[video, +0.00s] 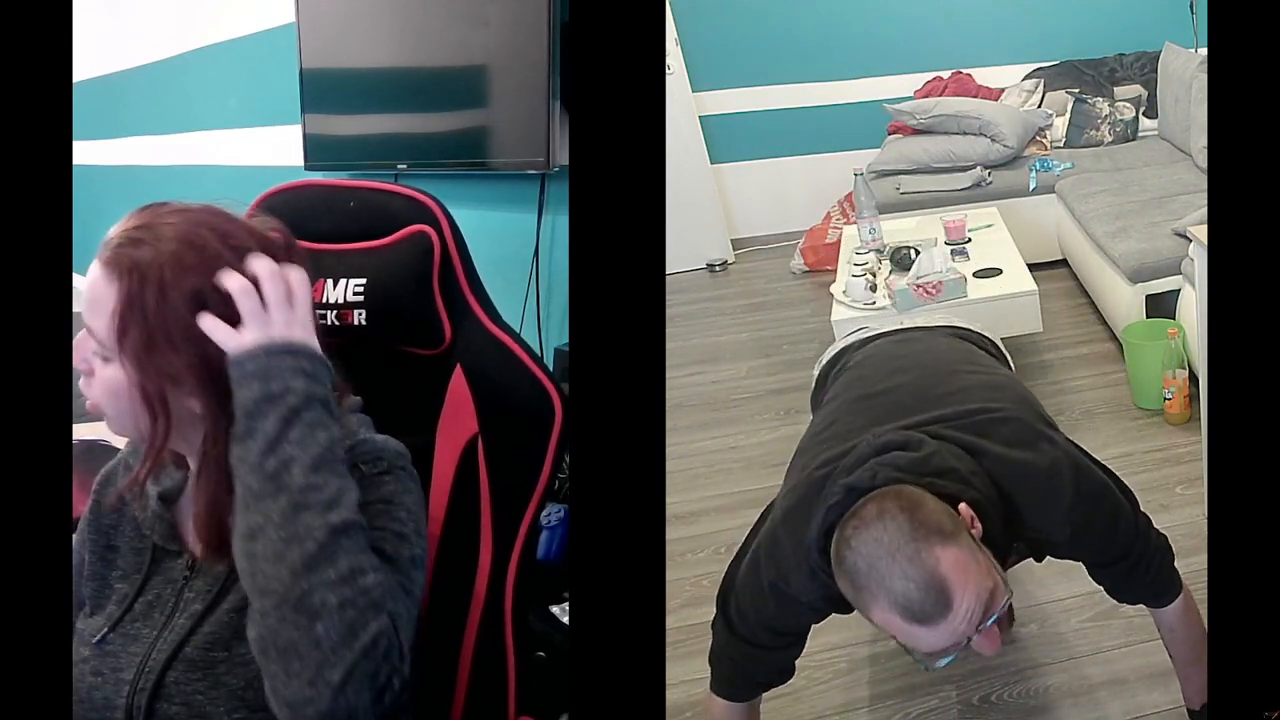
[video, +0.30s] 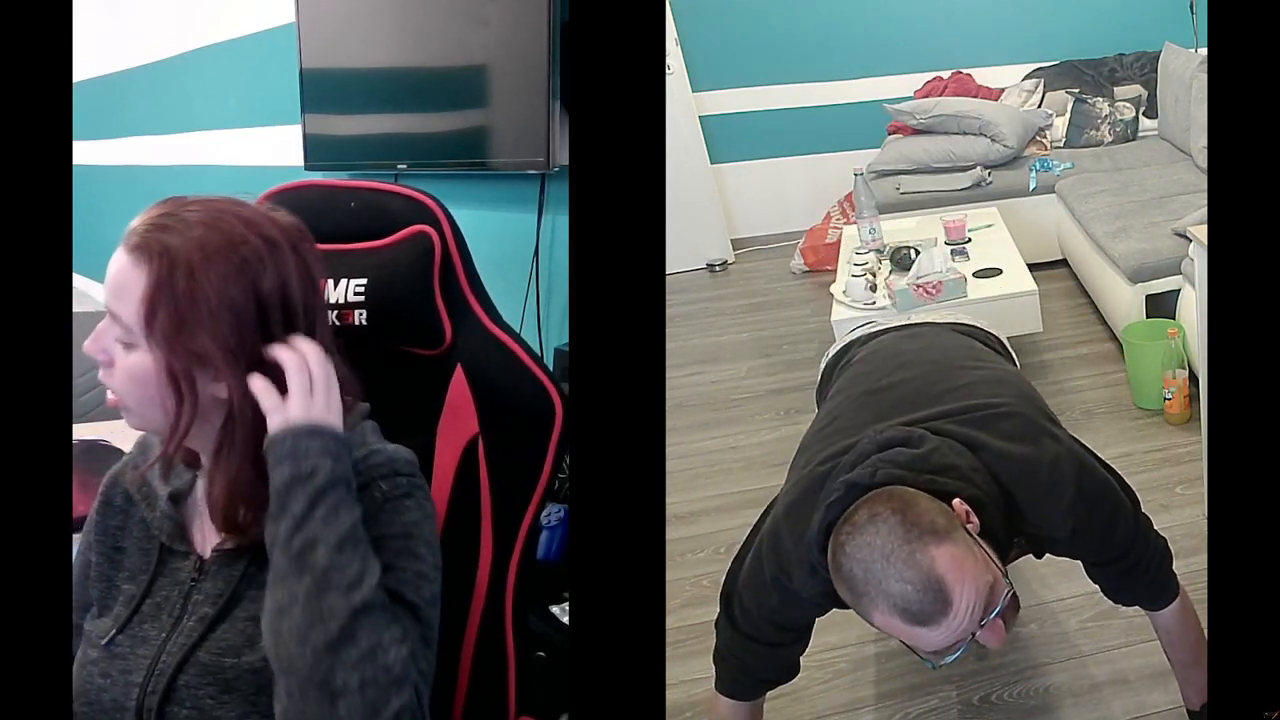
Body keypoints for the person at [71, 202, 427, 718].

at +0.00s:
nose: (77, 362)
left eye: (101, 351)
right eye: (85, 335)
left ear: (187, 373)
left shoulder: (364, 478)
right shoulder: (125, 484)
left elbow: (335, 695)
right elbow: (82, 641)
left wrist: (282, 389)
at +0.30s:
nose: (91, 348)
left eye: (125, 338)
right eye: (105, 320)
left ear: (219, 372)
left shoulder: (376, 491)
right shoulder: (133, 485)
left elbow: (359, 708)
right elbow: (77, 646)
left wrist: (308, 465)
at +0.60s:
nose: (114, 339)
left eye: (156, 326)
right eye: (130, 309)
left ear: (255, 361)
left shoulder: (387, 506)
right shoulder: (136, 488)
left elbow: (380, 716)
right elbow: (75, 658)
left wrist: (298, 539)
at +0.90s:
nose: (289, 327)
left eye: (312, 299)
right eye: (247, 302)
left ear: (339, 327)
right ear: (178, 340)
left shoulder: (394, 521)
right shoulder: (127, 494)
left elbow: (412, 709)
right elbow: (78, 665)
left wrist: (302, 601)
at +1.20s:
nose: (317, 351)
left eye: (333, 316)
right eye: (273, 319)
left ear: (350, 332)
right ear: (187, 343)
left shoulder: (391, 520)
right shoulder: (121, 493)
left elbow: (421, 708)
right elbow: (81, 677)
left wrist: (311, 629)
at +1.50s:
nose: (312, 352)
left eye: (330, 317)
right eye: (271, 319)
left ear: (347, 333)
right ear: (186, 340)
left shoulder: (393, 537)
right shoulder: (120, 500)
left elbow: (406, 707)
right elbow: (81, 682)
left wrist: (262, 686)